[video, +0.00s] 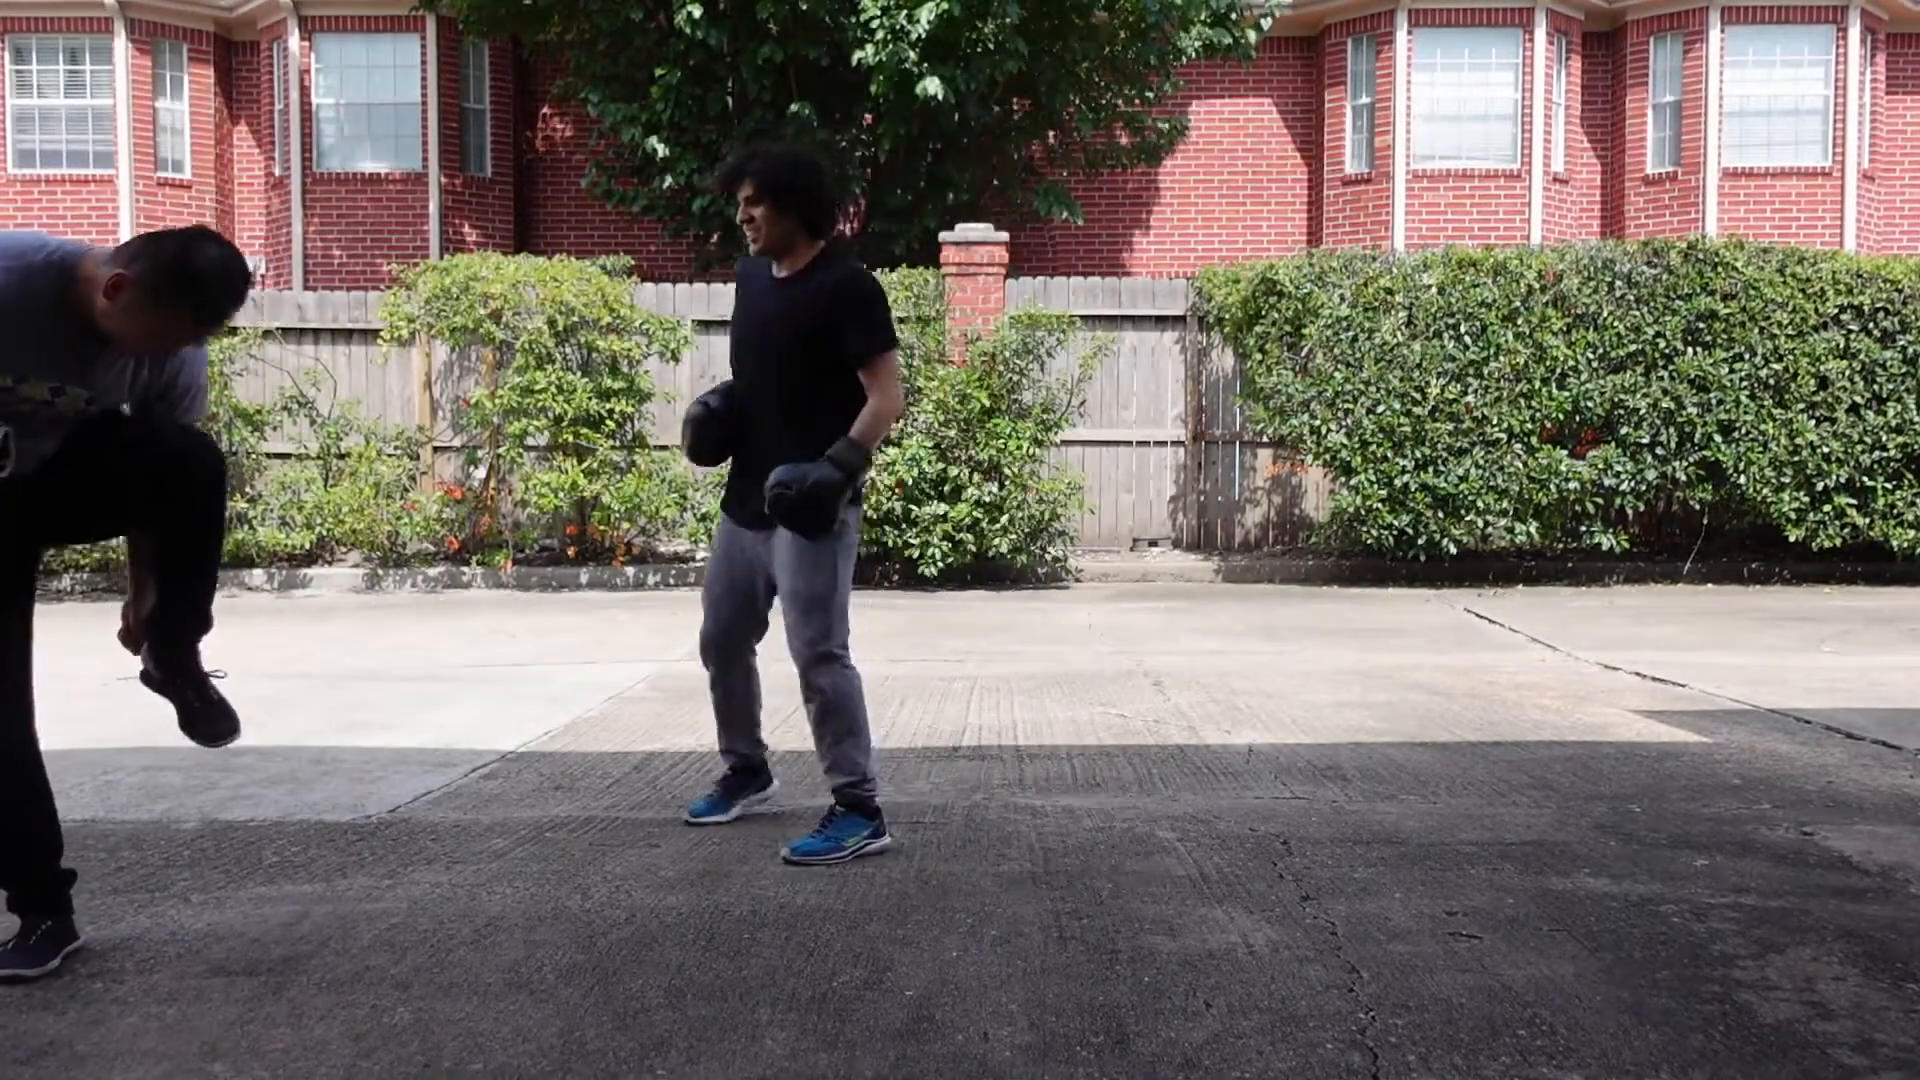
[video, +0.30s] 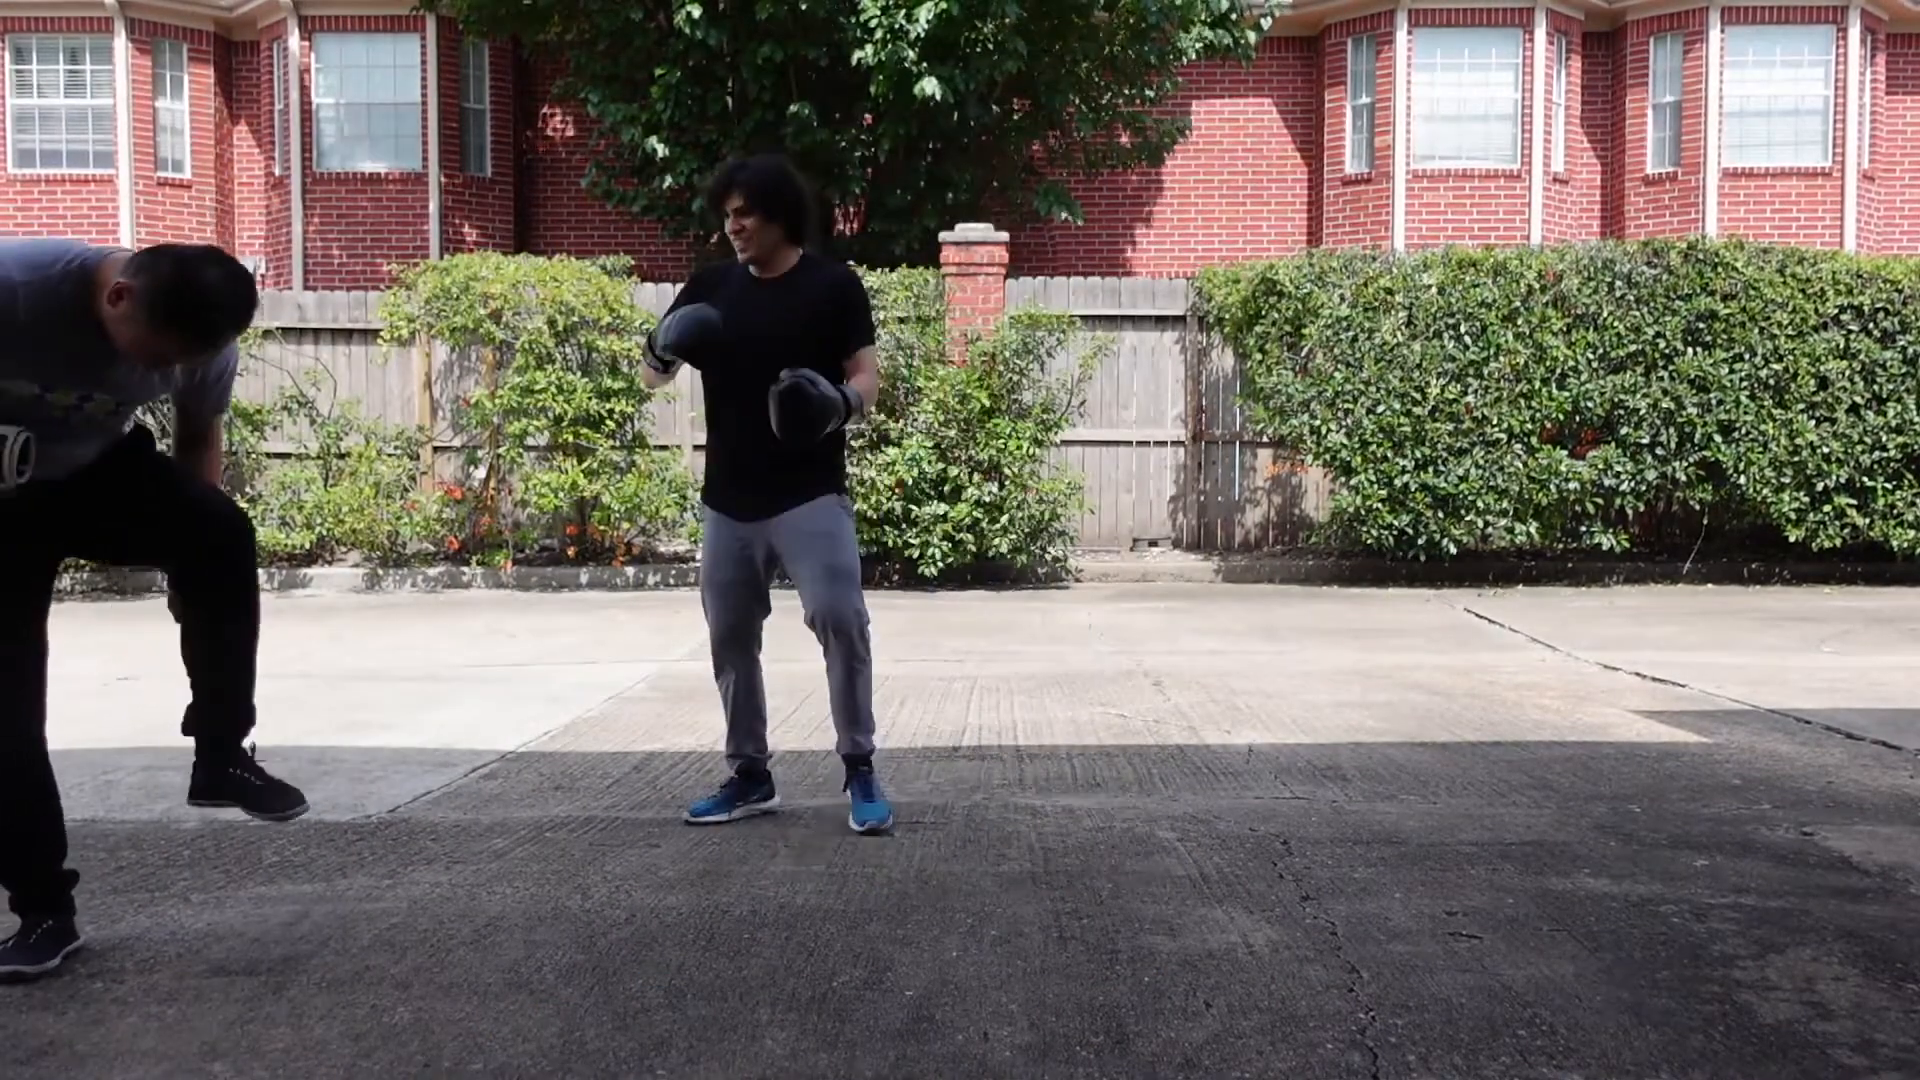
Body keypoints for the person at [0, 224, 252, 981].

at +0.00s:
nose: (166, 358)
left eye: (181, 347)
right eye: (162, 340)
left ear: (196, 325)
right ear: (118, 288)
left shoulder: (174, 354)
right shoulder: (15, 277)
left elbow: (164, 481)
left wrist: (143, 595)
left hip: (72, 474)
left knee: (193, 459)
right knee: (2, 710)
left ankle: (173, 656)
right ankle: (40, 909)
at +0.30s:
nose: (164, 371)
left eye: (181, 362)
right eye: (157, 355)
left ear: (209, 341)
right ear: (119, 296)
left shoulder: (203, 348)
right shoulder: (18, 292)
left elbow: (199, 456)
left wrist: (194, 571)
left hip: (100, 471)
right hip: (9, 488)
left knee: (219, 533)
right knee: (9, 709)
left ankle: (219, 756)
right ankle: (43, 908)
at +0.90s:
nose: (235, 207)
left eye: (251, 192)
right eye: (222, 187)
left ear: (267, 174)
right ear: (169, 135)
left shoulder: (263, 211)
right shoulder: (61, 205)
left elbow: (322, 346)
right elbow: (4, 342)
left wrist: (207, 385)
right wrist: (56, 435)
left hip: (193, 497)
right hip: (70, 500)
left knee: (205, 715)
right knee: (64, 725)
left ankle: (170, 919)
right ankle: (21, 971)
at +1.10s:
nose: (223, 235)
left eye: (241, 220)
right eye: (214, 215)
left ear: (261, 196)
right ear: (162, 149)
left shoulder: (251, 216)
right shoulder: (47, 215)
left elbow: (320, 336)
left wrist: (225, 399)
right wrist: (75, 480)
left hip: (169, 498)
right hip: (49, 499)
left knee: (205, 713)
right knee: (77, 742)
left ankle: (169, 919)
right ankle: (45, 1010)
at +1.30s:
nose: (252, 240)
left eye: (271, 222)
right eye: (250, 217)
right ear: (200, 156)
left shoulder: (240, 206)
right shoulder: (64, 205)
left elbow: (276, 311)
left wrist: (227, 363)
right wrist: (61, 423)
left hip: (137, 474)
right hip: (30, 479)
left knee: (184, 702)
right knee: (61, 736)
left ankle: (154, 916)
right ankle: (41, 1010)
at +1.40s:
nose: (281, 227)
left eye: (297, 207)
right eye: (279, 202)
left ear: (250, 155)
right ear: (231, 148)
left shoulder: (246, 204)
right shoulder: (83, 202)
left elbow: (268, 311)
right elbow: (0, 352)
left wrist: (209, 370)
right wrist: (90, 429)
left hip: (129, 472)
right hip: (25, 474)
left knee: (176, 705)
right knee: (59, 733)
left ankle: (146, 919)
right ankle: (40, 1008)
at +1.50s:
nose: (320, 212)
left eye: (332, 194)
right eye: (319, 188)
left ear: (268, 149)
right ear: (259, 142)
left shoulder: (243, 211)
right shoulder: (110, 196)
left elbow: (252, 309)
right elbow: (8, 339)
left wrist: (224, 400)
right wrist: (107, 429)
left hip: (127, 477)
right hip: (28, 476)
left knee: (170, 704)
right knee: (54, 735)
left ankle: (143, 926)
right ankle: (39, 1008)